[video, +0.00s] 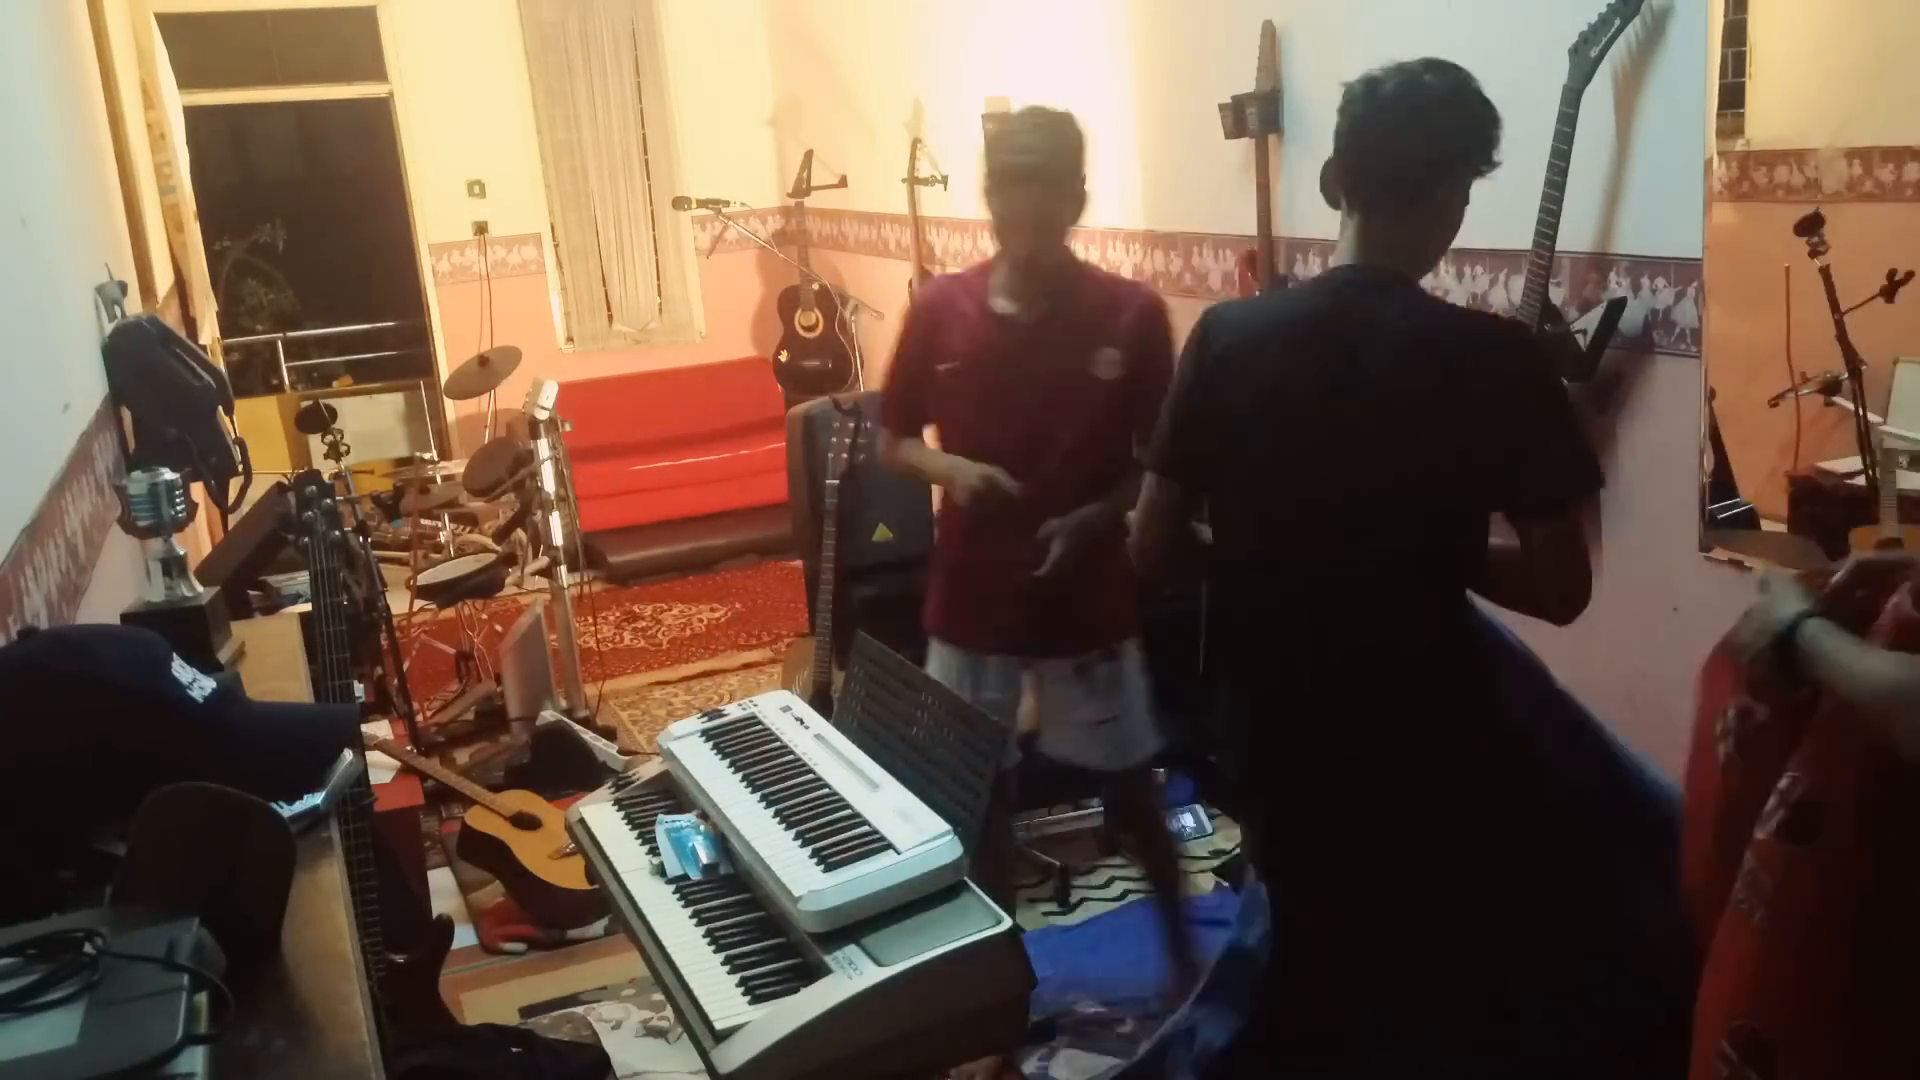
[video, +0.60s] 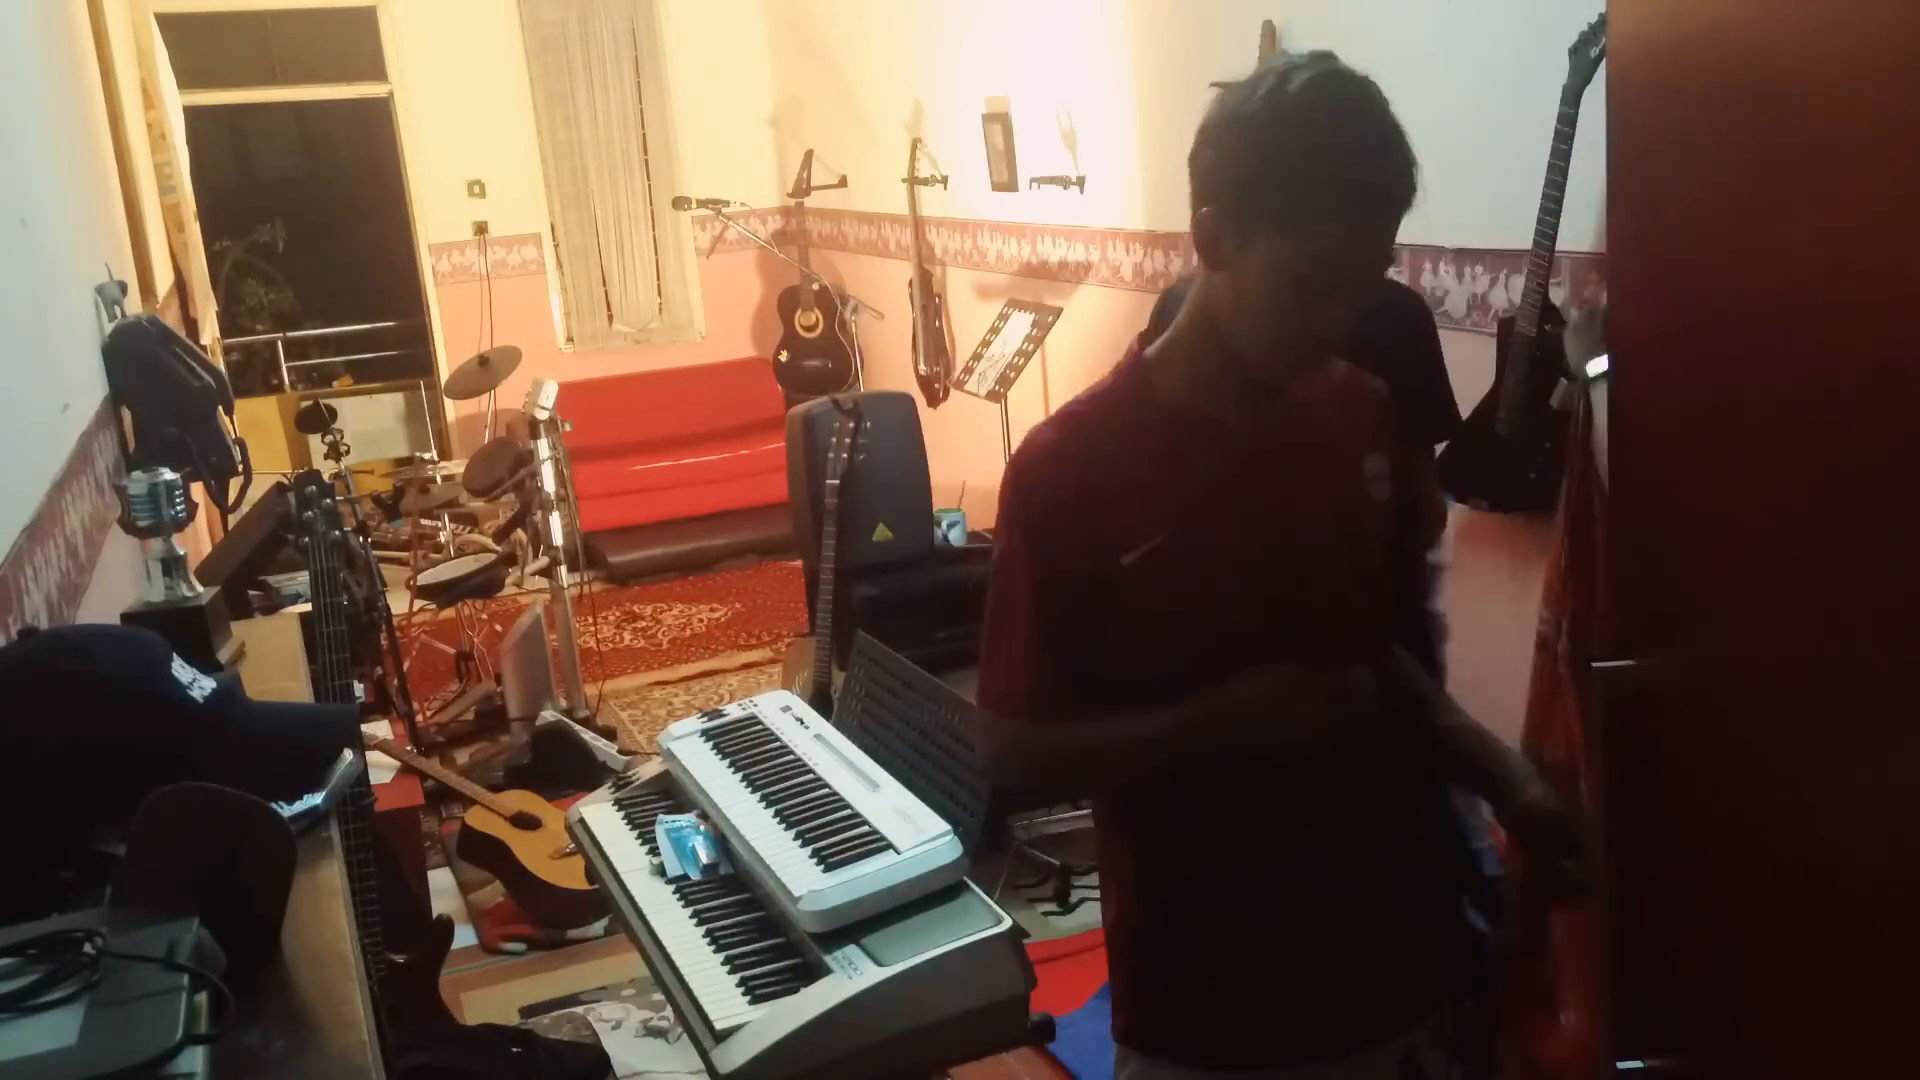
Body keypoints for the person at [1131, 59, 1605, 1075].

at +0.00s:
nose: (1452, 215)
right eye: (1457, 191)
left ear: (1333, 181)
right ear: (1457, 202)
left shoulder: (1228, 338)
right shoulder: (1497, 360)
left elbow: (1152, 545)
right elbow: (1560, 589)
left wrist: (1254, 538)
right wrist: (1436, 545)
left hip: (1268, 717)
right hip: (1429, 725)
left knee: (1309, 955)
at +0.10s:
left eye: (1398, 134)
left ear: (1388, 152)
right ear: (1510, 145)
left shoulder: (1335, 330)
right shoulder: (1585, 309)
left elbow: (1257, 515)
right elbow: (1632, 510)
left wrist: (1326, 567)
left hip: (1387, 710)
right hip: (1545, 700)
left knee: (1397, 979)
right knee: (1530, 969)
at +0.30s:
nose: (1420, 222)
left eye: (1427, 198)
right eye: (1422, 194)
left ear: (1319, 168)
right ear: (1394, 180)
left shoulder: (1209, 294)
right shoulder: (1415, 315)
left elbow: (1132, 461)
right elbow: (1411, 515)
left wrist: (1237, 476)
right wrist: (1476, 544)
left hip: (1248, 656)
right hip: (1376, 663)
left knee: (1262, 896)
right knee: (1386, 906)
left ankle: (1265, 1064)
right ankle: (1387, 1063)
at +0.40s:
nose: (1230, 159)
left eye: (1235, 141)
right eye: (1340, 143)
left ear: (1242, 164)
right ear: (1347, 164)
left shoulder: (1189, 308)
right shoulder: (1398, 303)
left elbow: (1139, 490)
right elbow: (1438, 473)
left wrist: (1239, 515)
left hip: (1249, 631)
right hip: (1375, 626)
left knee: (1265, 867)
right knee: (1387, 863)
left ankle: (1265, 1054)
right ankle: (1391, 1047)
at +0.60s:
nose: (1339, 322)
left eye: (1363, 283)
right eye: (1311, 278)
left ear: (1386, 263)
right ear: (1212, 236)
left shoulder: (1360, 423)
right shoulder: (1067, 470)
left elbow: (1386, 663)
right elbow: (1012, 751)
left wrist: (1511, 780)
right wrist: (1228, 719)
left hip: (1399, 967)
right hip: (1202, 1008)